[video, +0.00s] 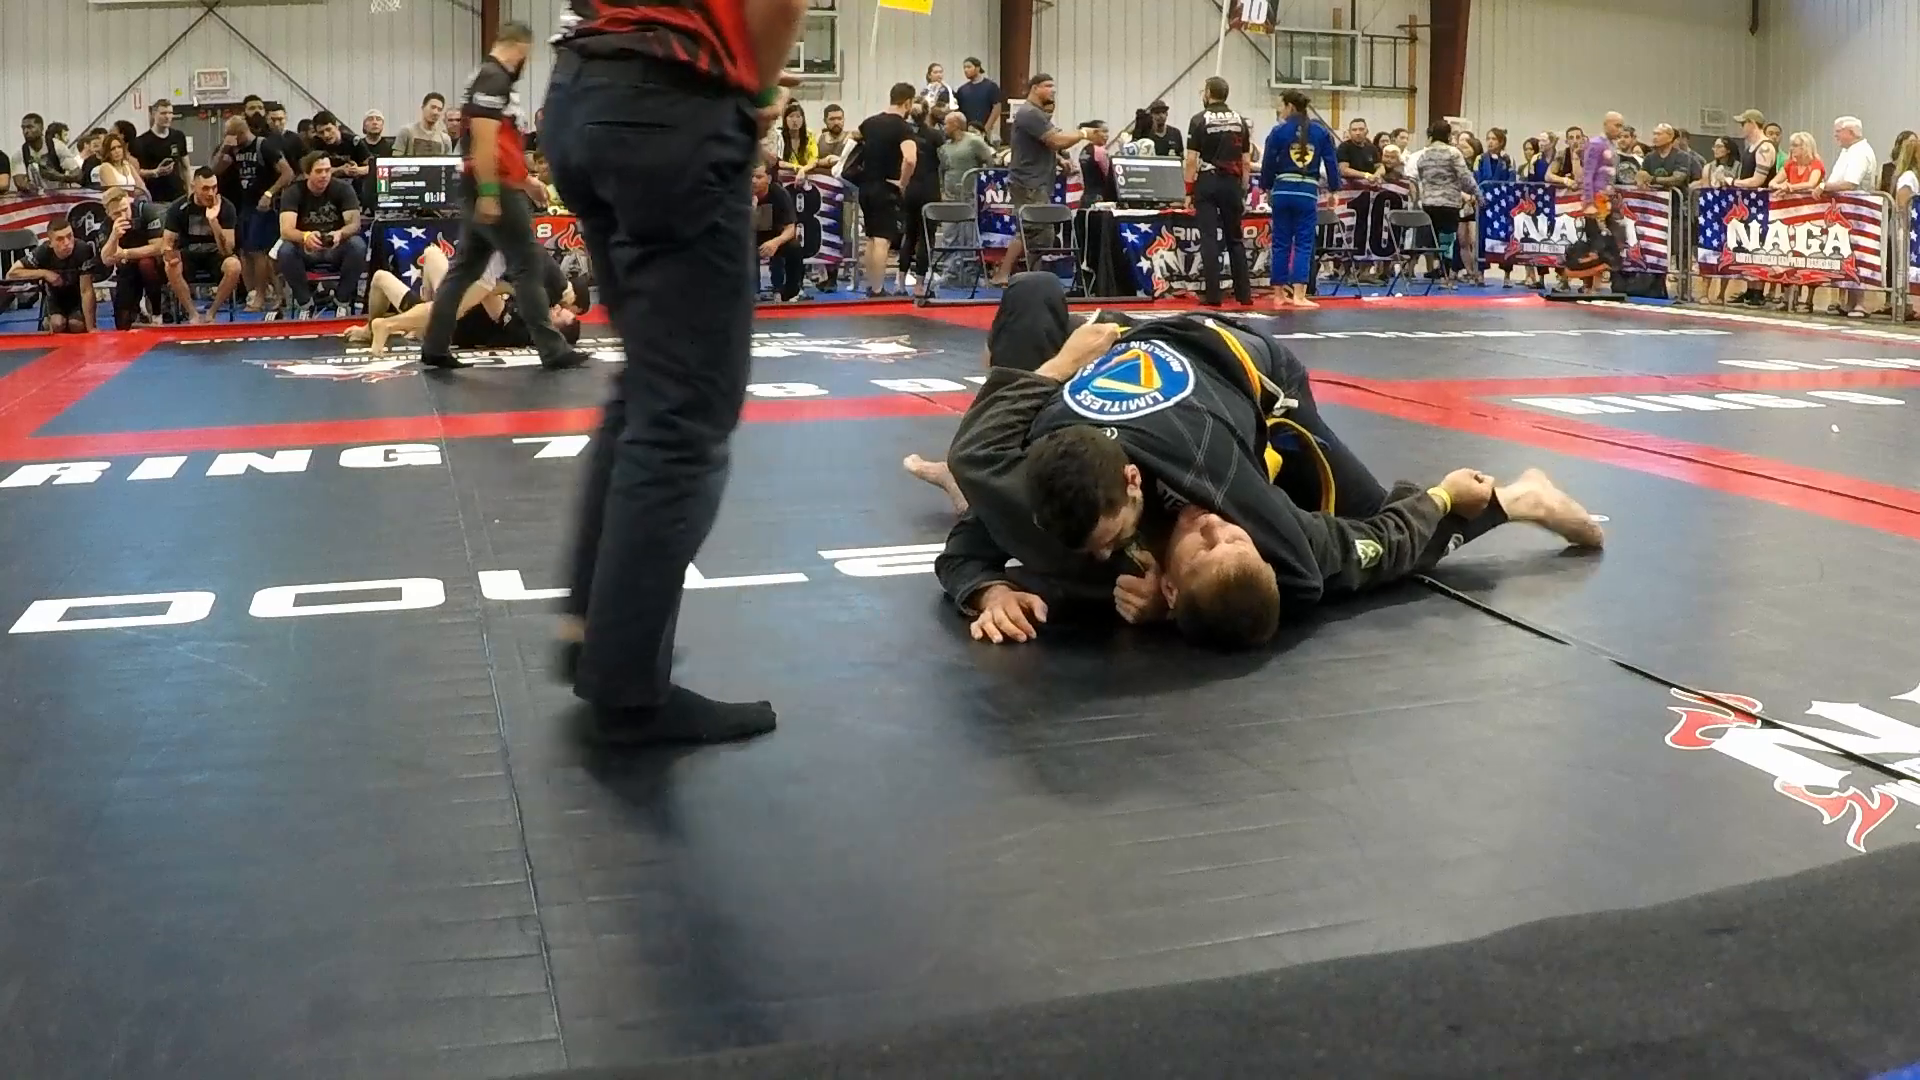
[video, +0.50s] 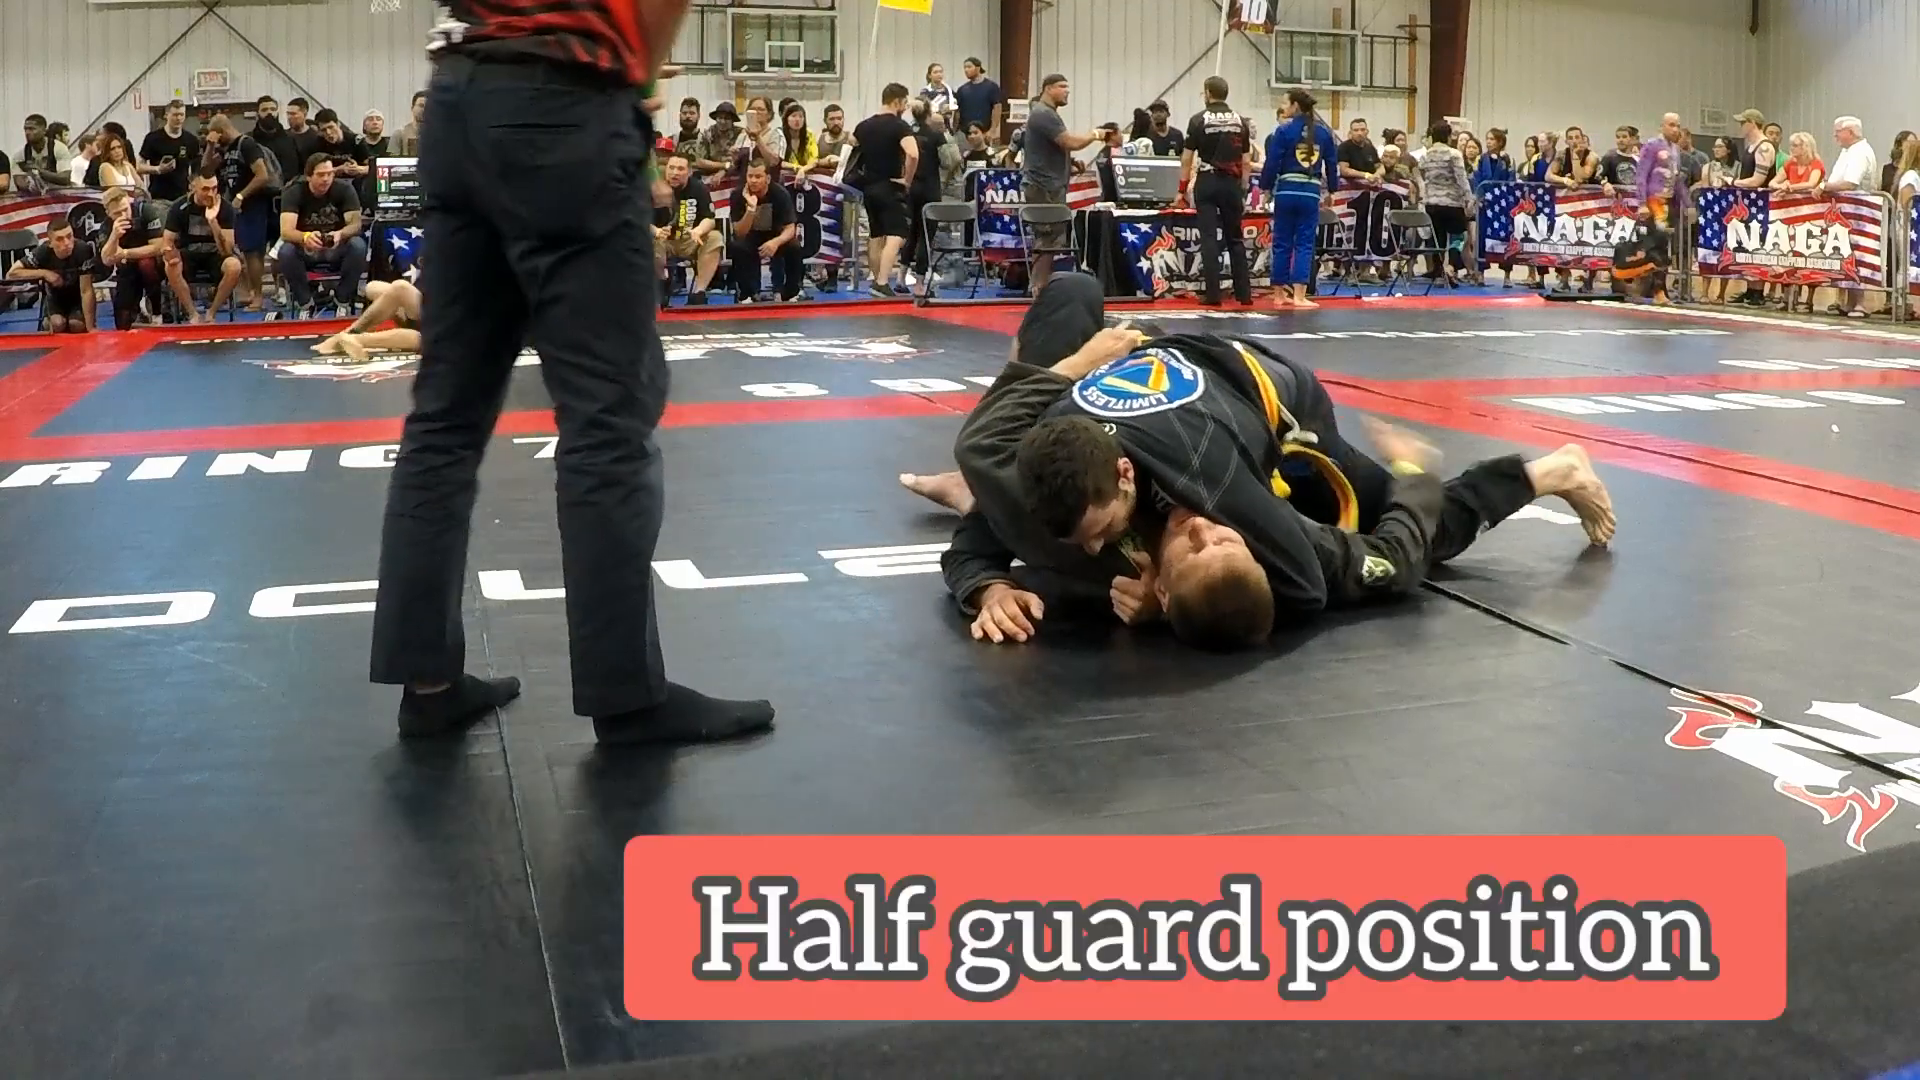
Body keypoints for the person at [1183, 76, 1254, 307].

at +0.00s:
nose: (1202, 94)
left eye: (1204, 91)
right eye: (1204, 90)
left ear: (1208, 94)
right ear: (1226, 95)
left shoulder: (1199, 120)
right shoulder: (1239, 120)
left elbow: (1191, 160)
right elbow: (1245, 160)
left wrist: (1189, 191)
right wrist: (1243, 190)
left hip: (1207, 179)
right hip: (1232, 181)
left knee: (1208, 238)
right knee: (1235, 238)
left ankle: (1213, 295)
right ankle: (1243, 294)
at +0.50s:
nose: (1203, 95)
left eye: (1204, 92)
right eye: (1205, 92)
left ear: (1208, 94)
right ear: (1226, 94)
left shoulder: (1198, 120)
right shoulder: (1240, 121)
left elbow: (1187, 160)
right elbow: (1245, 160)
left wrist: (1182, 190)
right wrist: (1243, 189)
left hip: (1206, 180)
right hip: (1232, 181)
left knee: (1208, 238)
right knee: (1235, 238)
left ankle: (1212, 294)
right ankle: (1243, 293)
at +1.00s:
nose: (1203, 95)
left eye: (1204, 92)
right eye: (1205, 92)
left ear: (1207, 94)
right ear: (1227, 94)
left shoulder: (1197, 119)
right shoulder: (1241, 121)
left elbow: (1170, 146)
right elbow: (1245, 159)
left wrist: (1160, 158)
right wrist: (1243, 185)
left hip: (1205, 181)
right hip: (1231, 183)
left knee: (1208, 238)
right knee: (1235, 239)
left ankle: (1212, 295)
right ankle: (1244, 295)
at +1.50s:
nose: (1202, 96)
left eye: (1202, 93)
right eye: (1205, 93)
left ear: (1205, 95)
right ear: (1224, 94)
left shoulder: (1195, 121)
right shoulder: (1240, 122)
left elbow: (1188, 158)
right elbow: (1245, 160)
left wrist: (1186, 183)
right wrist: (1244, 190)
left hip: (1203, 180)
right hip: (1230, 181)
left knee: (1207, 238)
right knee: (1236, 238)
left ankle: (1212, 294)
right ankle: (1244, 294)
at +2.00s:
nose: (1200, 95)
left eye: (1201, 92)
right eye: (1203, 92)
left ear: (1203, 94)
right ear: (1222, 93)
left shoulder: (1195, 120)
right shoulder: (1238, 120)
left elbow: (1185, 159)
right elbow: (1245, 158)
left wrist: (1179, 191)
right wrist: (1245, 188)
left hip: (1203, 181)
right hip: (1229, 182)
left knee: (1207, 239)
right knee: (1235, 238)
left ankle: (1212, 294)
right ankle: (1244, 294)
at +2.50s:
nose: (1226, 94)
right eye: (1225, 91)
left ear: (1205, 94)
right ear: (1225, 93)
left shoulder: (1194, 121)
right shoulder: (1238, 121)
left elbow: (1186, 158)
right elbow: (1244, 160)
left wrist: (1184, 191)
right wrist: (1245, 190)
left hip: (1204, 181)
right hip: (1230, 182)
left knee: (1208, 239)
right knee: (1236, 239)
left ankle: (1212, 294)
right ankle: (1244, 293)